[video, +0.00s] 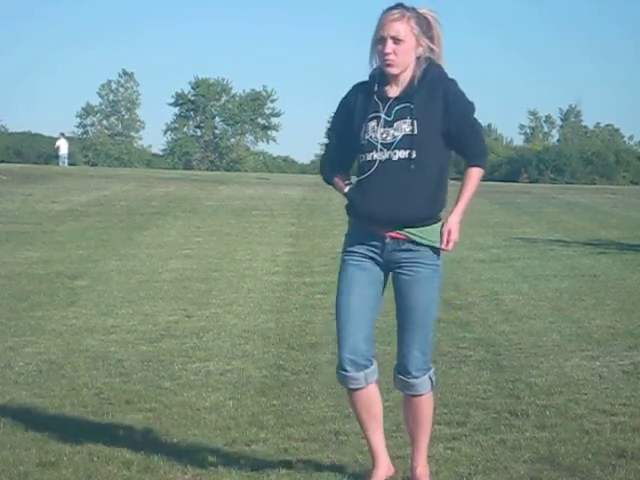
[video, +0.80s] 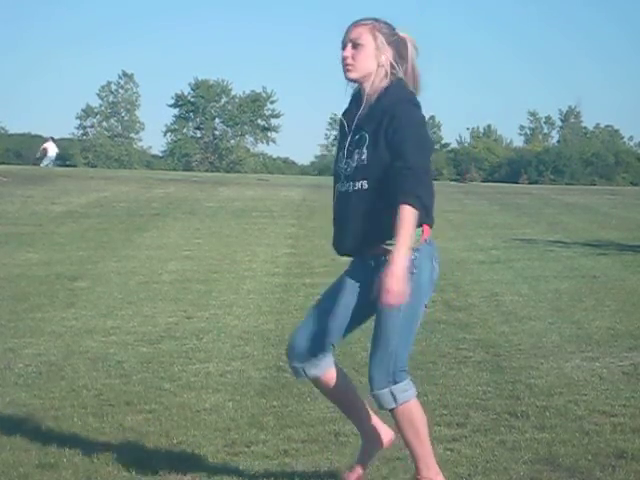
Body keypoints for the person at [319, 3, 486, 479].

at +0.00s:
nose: (387, 48)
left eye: (397, 40)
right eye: (382, 40)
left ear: (421, 46)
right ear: (375, 45)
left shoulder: (442, 92)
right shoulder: (358, 97)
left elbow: (477, 158)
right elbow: (332, 166)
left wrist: (456, 214)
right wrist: (358, 194)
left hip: (419, 245)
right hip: (362, 242)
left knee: (413, 367)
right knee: (352, 360)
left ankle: (420, 465)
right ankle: (382, 465)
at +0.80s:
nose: (345, 53)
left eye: (355, 46)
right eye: (344, 46)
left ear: (385, 54)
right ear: (347, 55)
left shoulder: (401, 106)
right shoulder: (355, 112)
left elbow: (411, 188)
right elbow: (366, 185)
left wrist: (400, 262)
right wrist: (360, 248)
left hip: (407, 257)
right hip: (368, 258)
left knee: (387, 378)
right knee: (306, 350)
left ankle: (431, 473)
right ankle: (374, 433)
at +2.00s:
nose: (319, 54)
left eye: (324, 45)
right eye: (321, 45)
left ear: (344, 48)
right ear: (352, 48)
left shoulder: (358, 98)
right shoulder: (378, 95)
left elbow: (364, 189)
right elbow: (400, 172)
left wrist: (305, 168)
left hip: (367, 248)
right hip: (372, 246)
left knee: (344, 377)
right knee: (272, 325)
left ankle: (395, 474)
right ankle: (334, 425)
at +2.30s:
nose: (332, 40)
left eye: (342, 30)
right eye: (326, 32)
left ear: (371, 32)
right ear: (323, 38)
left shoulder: (371, 86)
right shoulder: (338, 89)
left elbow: (284, 110)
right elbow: (275, 113)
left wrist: (205, 124)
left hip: (377, 246)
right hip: (328, 247)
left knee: (378, 376)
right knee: (296, 364)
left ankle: (398, 471)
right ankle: (300, 468)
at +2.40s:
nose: (333, 65)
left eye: (343, 55)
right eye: (327, 57)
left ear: (370, 59)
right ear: (323, 64)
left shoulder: (374, 110)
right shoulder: (332, 116)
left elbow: (308, 166)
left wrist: (239, 127)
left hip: (374, 270)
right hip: (326, 271)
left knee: (367, 397)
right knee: (270, 378)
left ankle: (398, 476)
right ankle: (299, 476)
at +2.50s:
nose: (333, 70)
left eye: (343, 60)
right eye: (326, 63)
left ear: (369, 67)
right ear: (320, 71)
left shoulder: (377, 122)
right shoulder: (320, 124)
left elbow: (331, 193)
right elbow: (313, 198)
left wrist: (297, 128)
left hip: (368, 277)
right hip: (316, 280)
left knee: (365, 404)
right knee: (262, 387)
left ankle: (398, 476)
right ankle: (299, 476)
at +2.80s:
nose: (331, 45)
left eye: (341, 34)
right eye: (323, 38)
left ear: (365, 36)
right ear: (317, 44)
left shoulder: (378, 76)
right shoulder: (318, 85)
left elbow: (317, 99)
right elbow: (302, 152)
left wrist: (245, 77)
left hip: (356, 249)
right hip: (290, 242)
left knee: (387, 367)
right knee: (249, 357)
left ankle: (406, 470)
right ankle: (219, 470)